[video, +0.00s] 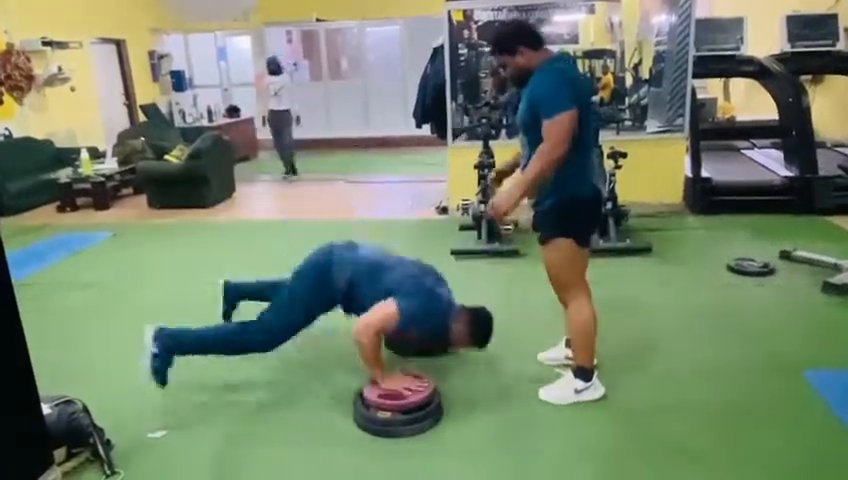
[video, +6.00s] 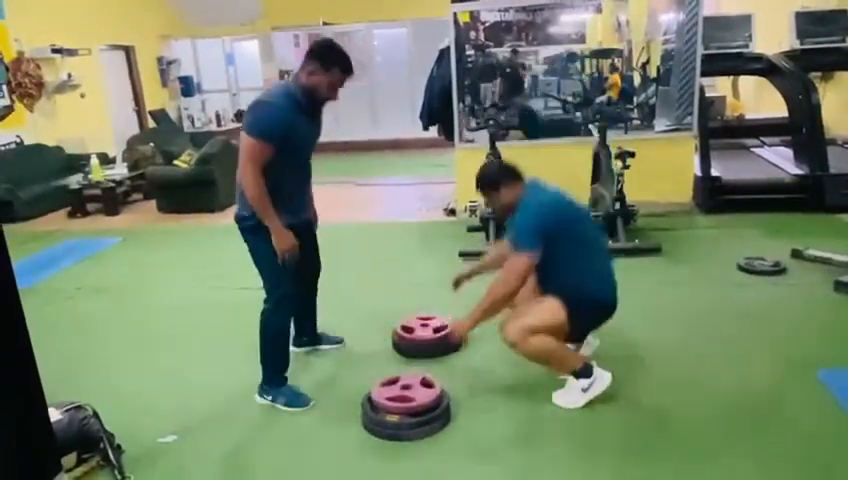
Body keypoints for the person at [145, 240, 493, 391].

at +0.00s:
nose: (458, 346)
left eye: (468, 344)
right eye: (463, 342)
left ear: (467, 316)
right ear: (460, 329)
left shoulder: (443, 294)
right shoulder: (423, 308)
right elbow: (364, 329)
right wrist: (380, 376)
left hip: (347, 256)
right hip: (331, 272)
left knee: (295, 290)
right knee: (265, 334)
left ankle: (236, 288)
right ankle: (167, 341)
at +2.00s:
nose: (302, 81)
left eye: (304, 73)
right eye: (298, 72)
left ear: (281, 63)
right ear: (274, 60)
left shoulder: (278, 97)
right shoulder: (242, 103)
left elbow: (288, 153)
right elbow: (244, 174)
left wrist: (323, 187)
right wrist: (272, 226)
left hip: (287, 210)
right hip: (257, 216)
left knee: (288, 276)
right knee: (265, 296)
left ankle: (294, 335)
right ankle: (262, 384)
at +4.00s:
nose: (435, 305)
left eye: (440, 303)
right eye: (439, 301)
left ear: (433, 274)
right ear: (433, 286)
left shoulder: (408, 256)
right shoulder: (388, 278)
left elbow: (394, 289)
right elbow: (356, 339)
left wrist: (411, 320)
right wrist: (387, 380)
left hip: (311, 244)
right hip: (293, 264)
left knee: (349, 304)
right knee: (332, 333)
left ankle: (304, 331)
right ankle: (272, 378)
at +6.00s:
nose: (337, 93)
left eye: (340, 85)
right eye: (336, 84)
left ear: (318, 74)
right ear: (313, 72)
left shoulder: (310, 106)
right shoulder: (271, 109)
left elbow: (295, 165)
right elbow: (248, 174)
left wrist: (305, 209)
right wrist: (275, 228)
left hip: (298, 214)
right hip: (263, 219)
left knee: (307, 273)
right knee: (282, 293)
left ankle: (305, 335)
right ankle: (272, 384)